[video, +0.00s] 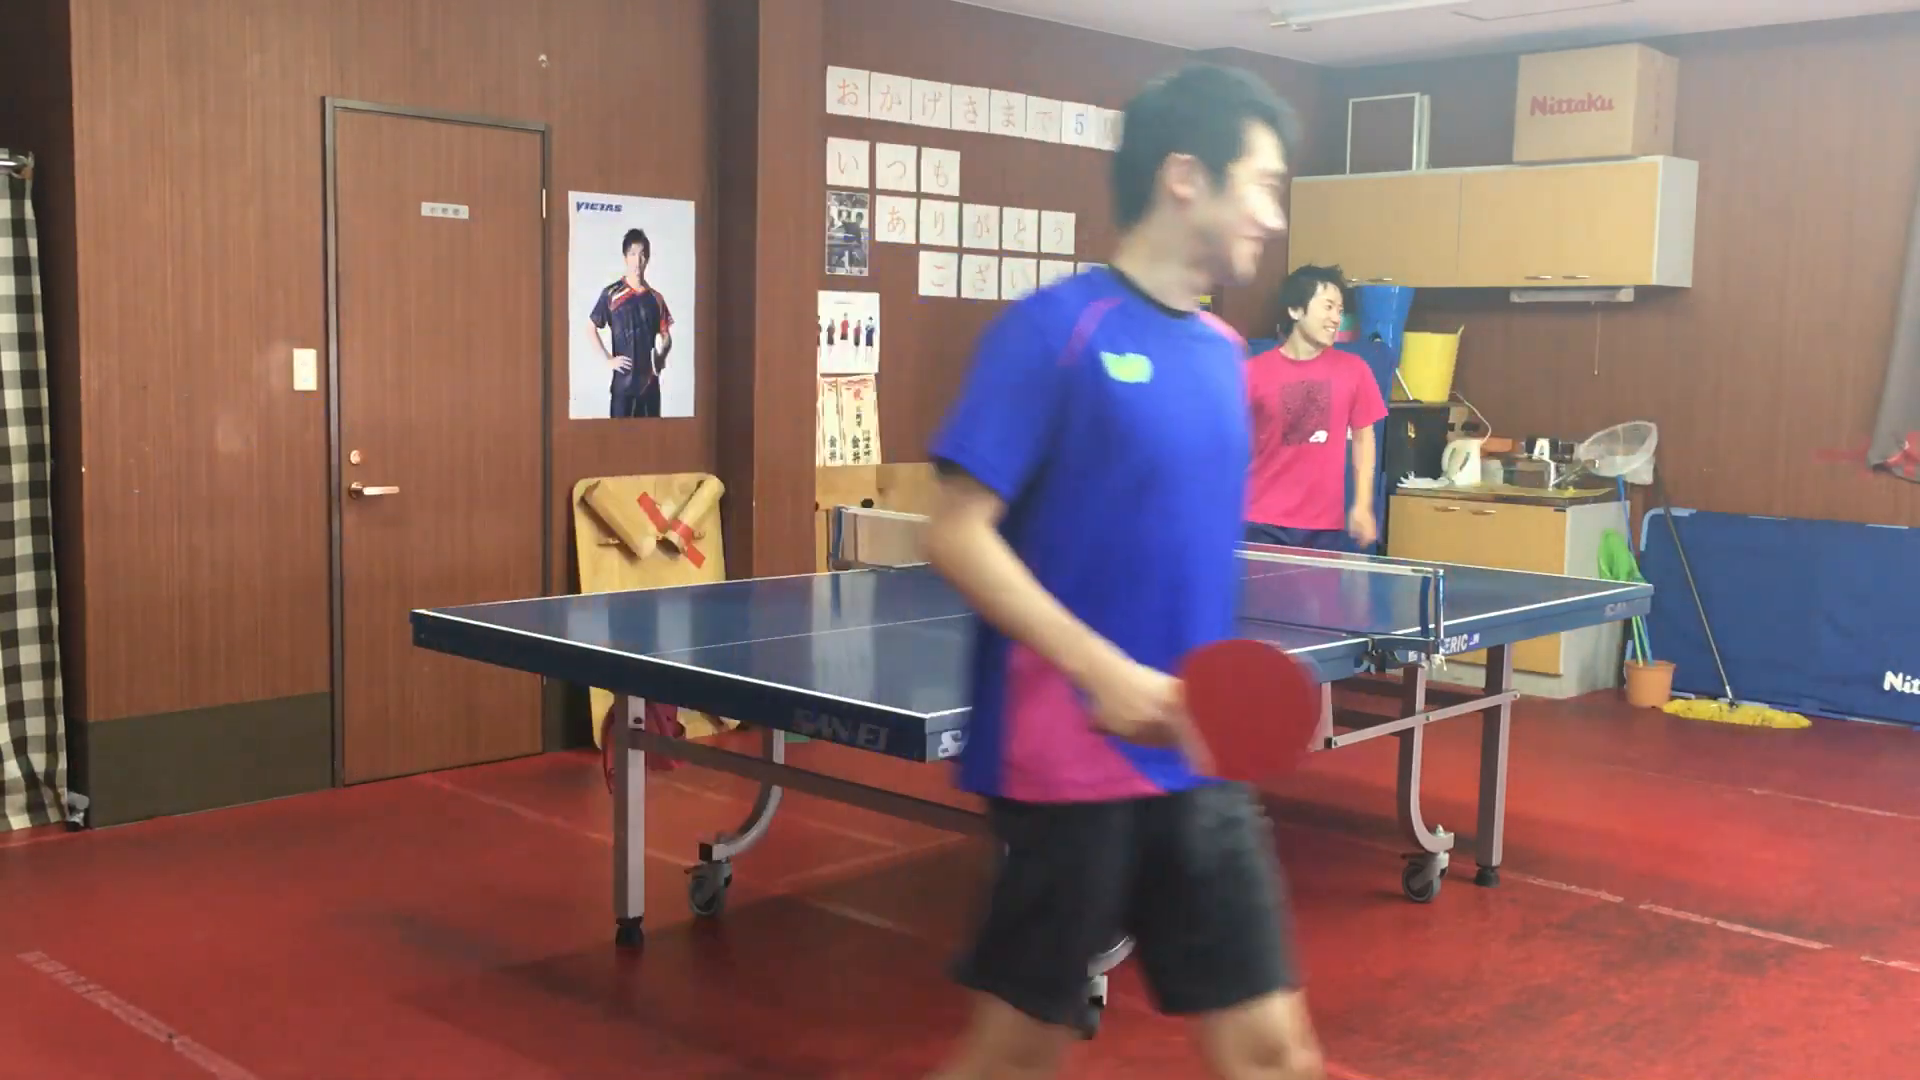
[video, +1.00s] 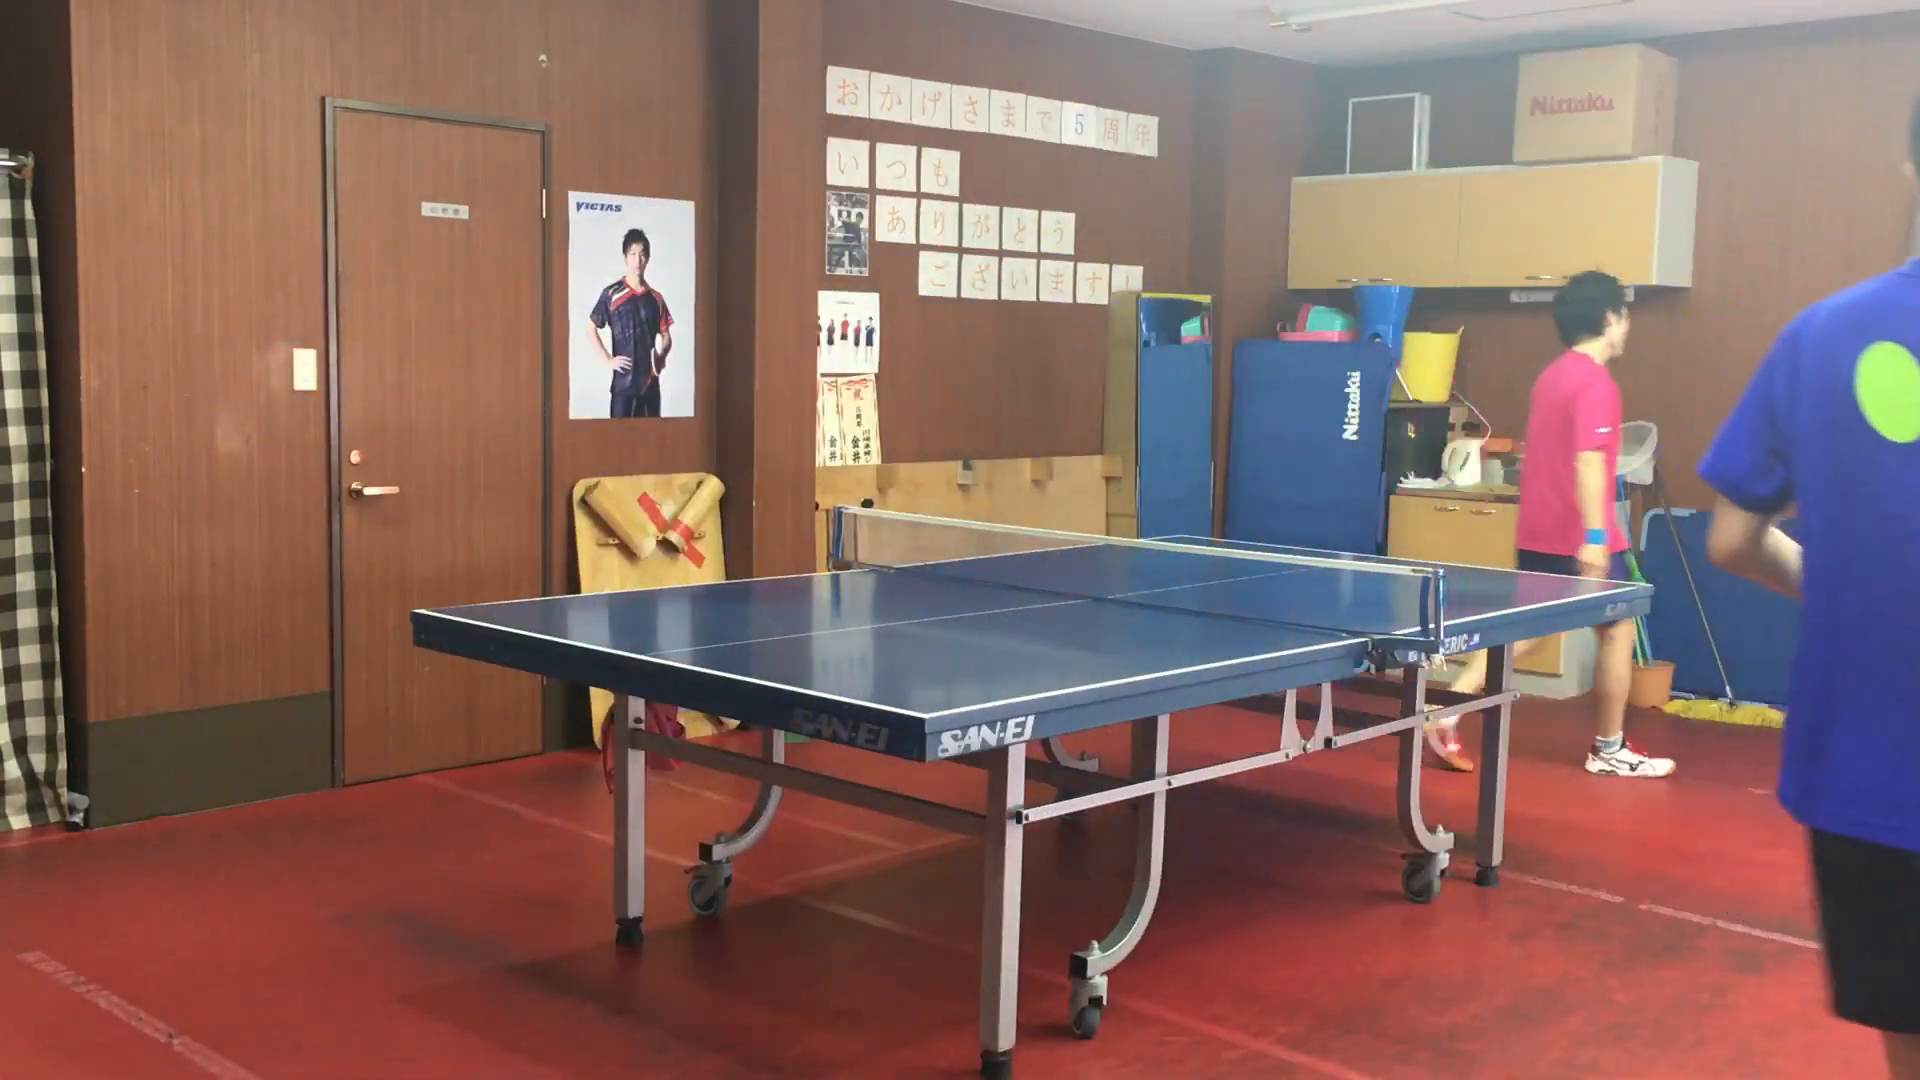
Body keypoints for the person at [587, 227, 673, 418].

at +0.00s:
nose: (638, 260)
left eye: (643, 254)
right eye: (633, 254)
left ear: (648, 258)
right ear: (625, 258)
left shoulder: (655, 297)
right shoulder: (611, 294)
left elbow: (665, 335)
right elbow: (591, 327)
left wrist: (661, 355)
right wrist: (608, 359)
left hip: (649, 378)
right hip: (624, 378)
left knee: (650, 435)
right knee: (621, 434)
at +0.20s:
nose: (638, 260)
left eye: (643, 254)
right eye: (633, 254)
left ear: (648, 258)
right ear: (625, 258)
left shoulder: (655, 297)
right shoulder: (611, 294)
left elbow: (665, 335)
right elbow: (591, 327)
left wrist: (661, 355)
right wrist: (608, 359)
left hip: (650, 377)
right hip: (624, 378)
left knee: (650, 435)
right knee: (621, 434)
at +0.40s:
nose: (638, 260)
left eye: (643, 254)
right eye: (633, 254)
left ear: (648, 258)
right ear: (625, 258)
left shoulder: (655, 297)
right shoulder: (611, 294)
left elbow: (665, 335)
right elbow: (591, 327)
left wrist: (661, 355)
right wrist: (608, 360)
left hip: (650, 377)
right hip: (624, 378)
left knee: (650, 435)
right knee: (621, 434)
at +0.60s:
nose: (638, 260)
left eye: (643, 254)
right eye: (633, 254)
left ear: (648, 258)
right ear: (625, 258)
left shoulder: (655, 297)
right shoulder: (611, 294)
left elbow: (665, 335)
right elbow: (591, 327)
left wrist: (661, 356)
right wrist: (608, 359)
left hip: (650, 378)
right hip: (624, 378)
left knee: (650, 435)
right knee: (621, 435)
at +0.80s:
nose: (638, 260)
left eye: (642, 254)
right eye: (633, 254)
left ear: (648, 258)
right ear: (625, 258)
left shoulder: (655, 297)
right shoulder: (611, 294)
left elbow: (665, 335)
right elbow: (591, 328)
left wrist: (661, 355)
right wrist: (608, 359)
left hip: (650, 377)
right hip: (624, 378)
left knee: (650, 436)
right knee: (621, 435)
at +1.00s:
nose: (638, 260)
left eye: (643, 254)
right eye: (633, 254)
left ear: (648, 258)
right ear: (625, 257)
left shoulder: (655, 297)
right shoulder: (611, 294)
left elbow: (665, 335)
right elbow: (591, 328)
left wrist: (661, 356)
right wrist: (608, 359)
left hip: (650, 377)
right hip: (624, 378)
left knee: (650, 435)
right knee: (621, 435)